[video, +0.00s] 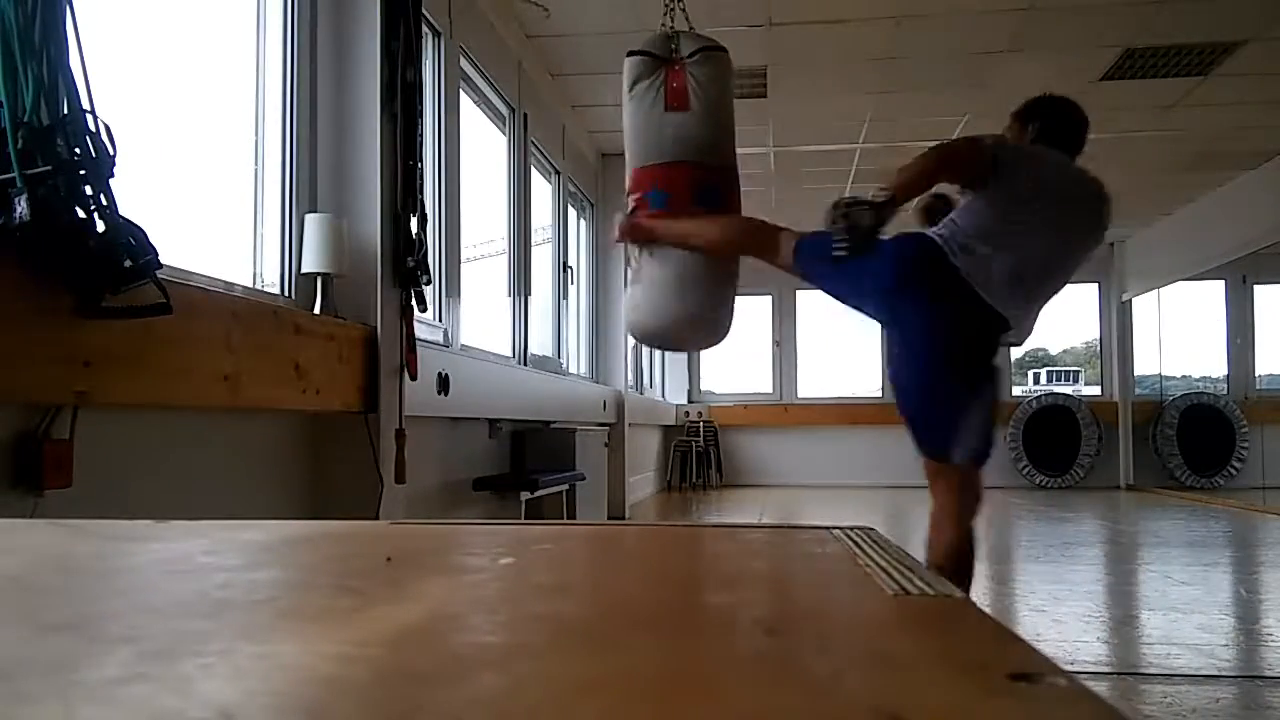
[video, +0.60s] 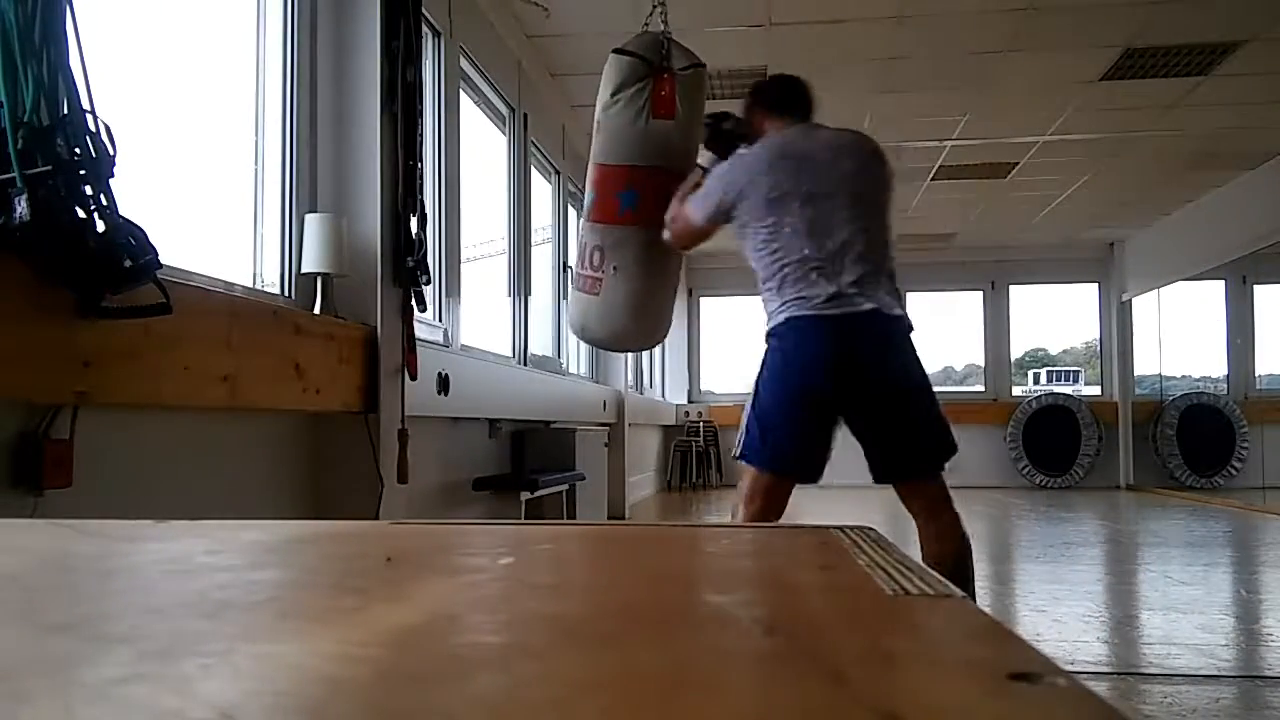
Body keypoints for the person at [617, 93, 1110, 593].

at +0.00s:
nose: (1005, 135)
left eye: (1010, 128)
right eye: (1010, 130)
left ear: (1025, 131)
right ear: (1078, 149)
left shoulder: (1010, 153)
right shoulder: (1094, 204)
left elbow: (943, 155)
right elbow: (1023, 250)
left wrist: (883, 202)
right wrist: (955, 216)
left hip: (915, 269)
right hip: (966, 338)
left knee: (773, 244)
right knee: (954, 502)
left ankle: (645, 227)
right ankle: (946, 642)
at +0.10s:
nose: (989, 142)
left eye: (994, 136)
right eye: (993, 137)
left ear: (1006, 140)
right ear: (1056, 160)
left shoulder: (1002, 157)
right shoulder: (1065, 222)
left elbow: (963, 141)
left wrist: (904, 193)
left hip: (906, 281)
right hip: (954, 346)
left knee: (760, 261)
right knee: (946, 509)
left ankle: (647, 275)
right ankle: (946, 642)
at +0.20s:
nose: (958, 128)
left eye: (964, 122)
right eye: (962, 120)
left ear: (979, 123)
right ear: (1025, 139)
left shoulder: (974, 140)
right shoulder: (1042, 210)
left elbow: (936, 147)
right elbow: (980, 264)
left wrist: (865, 201)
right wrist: (895, 230)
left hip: (893, 285)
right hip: (955, 334)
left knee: (736, 305)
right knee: (952, 500)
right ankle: (956, 641)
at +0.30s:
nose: (916, 127)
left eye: (920, 118)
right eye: (917, 119)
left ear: (936, 115)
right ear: (985, 125)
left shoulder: (930, 142)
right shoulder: (1013, 190)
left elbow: (882, 172)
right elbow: (996, 281)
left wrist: (823, 210)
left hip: (872, 304)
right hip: (947, 336)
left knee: (728, 383)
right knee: (953, 495)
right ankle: (956, 640)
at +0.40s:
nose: (870, 129)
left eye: (871, 120)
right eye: (871, 121)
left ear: (881, 114)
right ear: (935, 120)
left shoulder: (886, 145)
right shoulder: (975, 181)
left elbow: (809, 210)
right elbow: (968, 271)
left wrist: (795, 187)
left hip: (853, 327)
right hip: (929, 344)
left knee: (744, 452)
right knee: (953, 504)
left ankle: (709, 583)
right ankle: (956, 640)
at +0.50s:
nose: (807, 134)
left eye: (808, 124)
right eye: (806, 126)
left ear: (821, 119)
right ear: (870, 117)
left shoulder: (813, 160)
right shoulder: (919, 165)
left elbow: (733, 237)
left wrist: (748, 175)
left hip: (823, 348)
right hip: (904, 349)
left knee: (760, 500)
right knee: (945, 506)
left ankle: (726, 620)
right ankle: (955, 639)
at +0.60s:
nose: (753, 130)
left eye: (752, 123)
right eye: (754, 124)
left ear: (757, 120)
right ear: (807, 114)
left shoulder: (746, 165)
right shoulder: (864, 149)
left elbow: (678, 229)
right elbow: (820, 205)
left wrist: (704, 165)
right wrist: (759, 151)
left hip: (801, 347)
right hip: (884, 340)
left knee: (758, 507)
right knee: (931, 505)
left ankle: (734, 643)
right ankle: (966, 640)